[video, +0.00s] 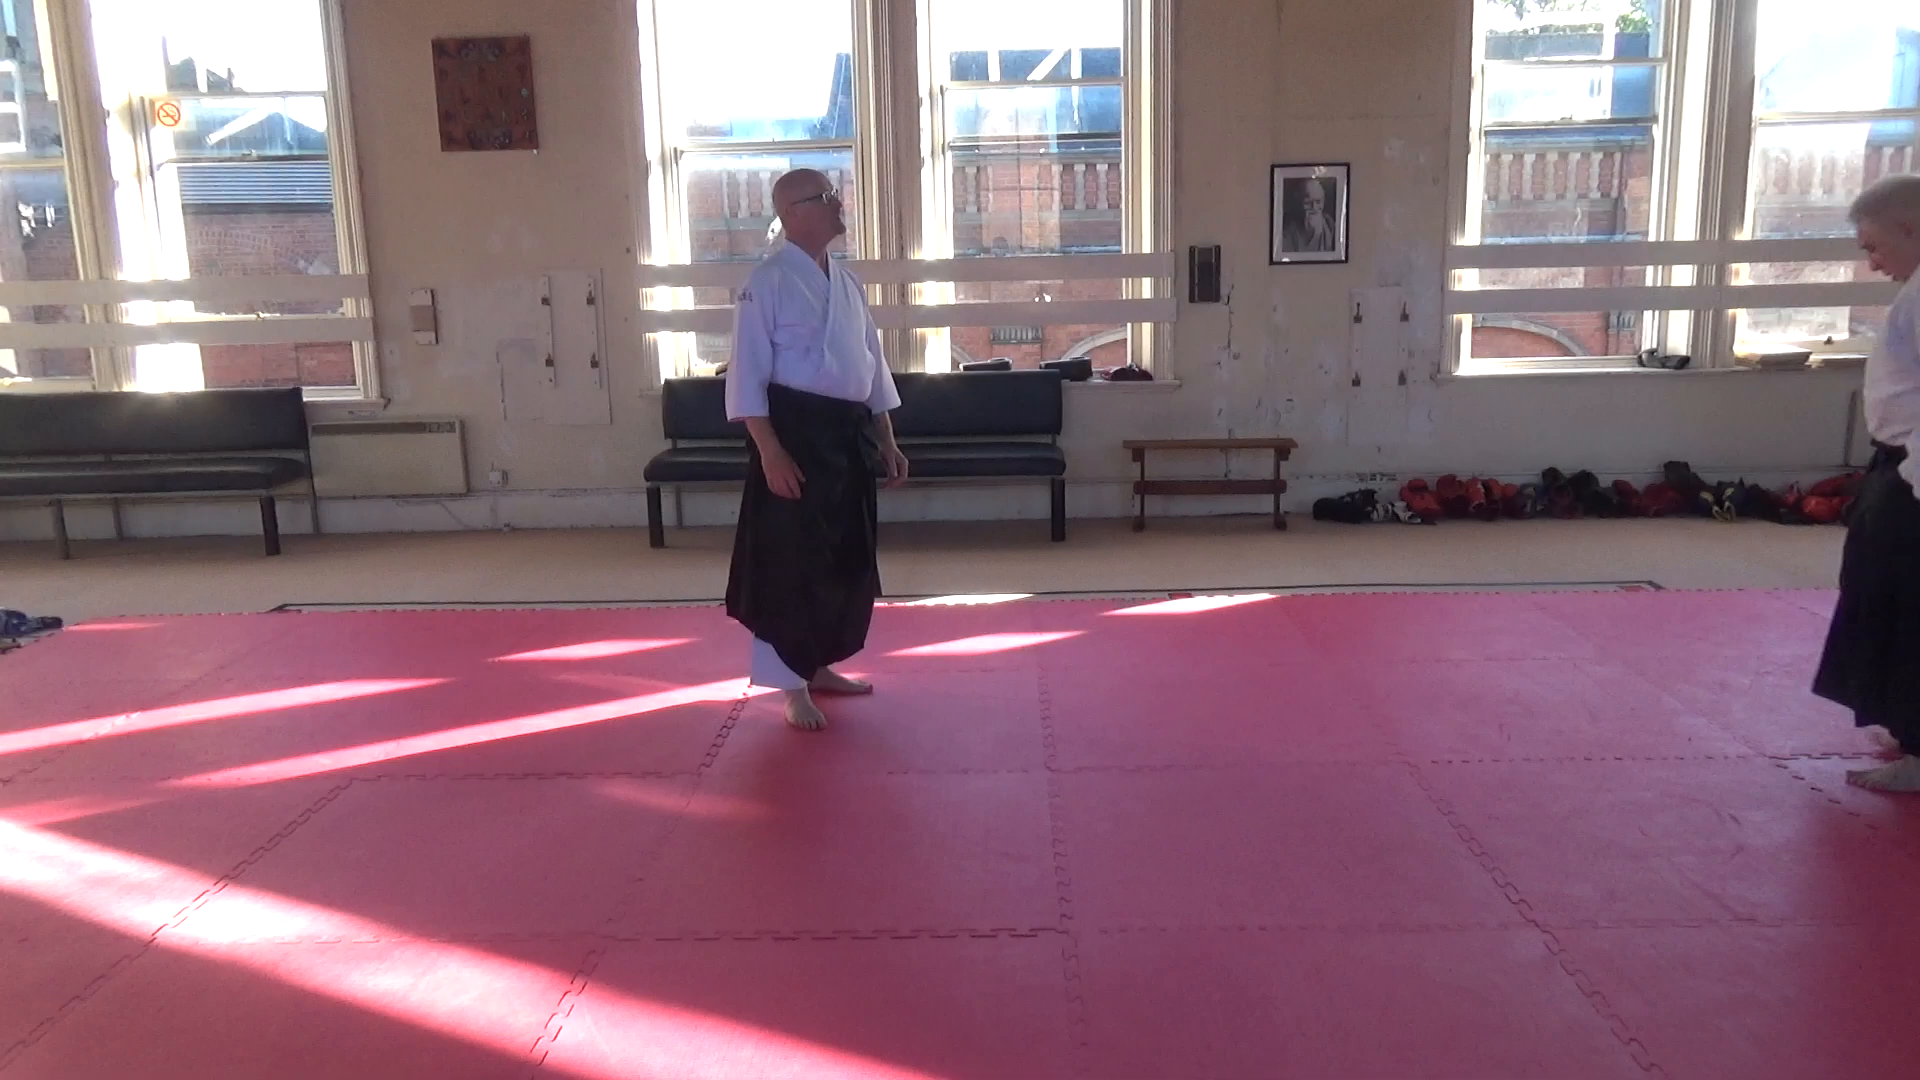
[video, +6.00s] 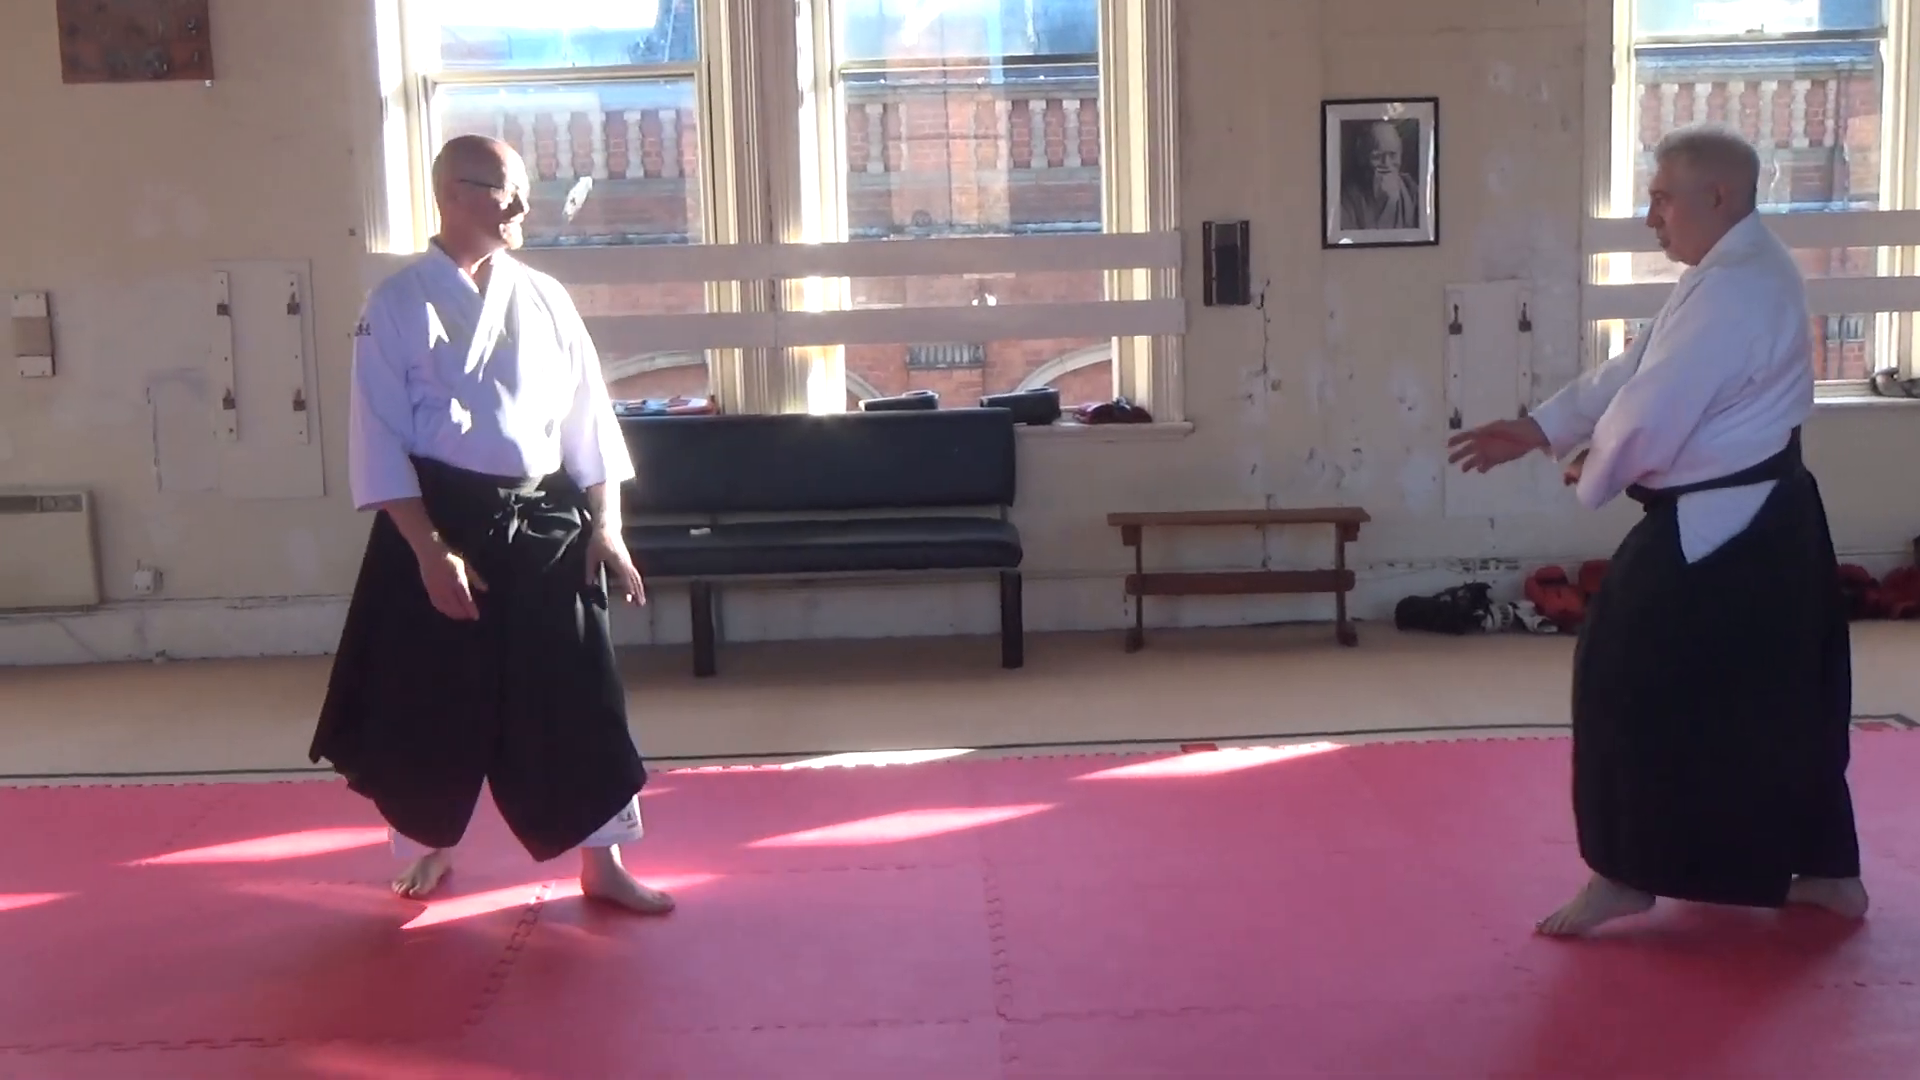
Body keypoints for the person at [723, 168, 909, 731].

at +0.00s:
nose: (838, 204)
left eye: (836, 195)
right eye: (823, 197)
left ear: (829, 210)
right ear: (789, 214)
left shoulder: (847, 280)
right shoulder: (768, 278)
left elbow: (871, 360)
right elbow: (745, 374)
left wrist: (887, 437)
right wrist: (769, 448)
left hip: (847, 427)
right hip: (795, 426)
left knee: (839, 548)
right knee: (792, 553)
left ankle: (817, 664)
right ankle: (793, 683)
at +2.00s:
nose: (834, 257)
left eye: (833, 248)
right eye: (821, 250)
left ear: (818, 257)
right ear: (786, 258)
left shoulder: (830, 322)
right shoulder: (762, 320)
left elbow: (848, 408)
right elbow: (743, 417)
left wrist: (863, 484)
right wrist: (768, 495)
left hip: (832, 470)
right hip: (781, 473)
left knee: (828, 594)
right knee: (781, 598)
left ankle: (805, 709)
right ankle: (780, 727)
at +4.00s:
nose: (740, 250)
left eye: (741, 240)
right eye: (724, 241)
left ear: (740, 247)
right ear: (687, 248)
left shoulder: (741, 328)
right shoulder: (662, 321)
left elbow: (761, 422)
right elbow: (644, 426)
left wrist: (777, 507)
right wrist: (674, 512)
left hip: (743, 492)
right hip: (684, 494)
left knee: (737, 628)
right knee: (682, 635)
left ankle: (715, 758)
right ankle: (688, 781)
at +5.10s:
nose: (737, 284)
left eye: (743, 274)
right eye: (724, 272)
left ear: (747, 281)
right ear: (690, 272)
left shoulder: (750, 363)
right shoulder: (638, 342)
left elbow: (764, 447)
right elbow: (589, 428)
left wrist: (747, 516)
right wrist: (617, 502)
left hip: (710, 520)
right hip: (637, 511)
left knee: (704, 654)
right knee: (625, 651)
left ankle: (692, 791)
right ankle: (602, 790)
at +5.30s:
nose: (697, 245)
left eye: (702, 234)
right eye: (683, 232)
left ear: (699, 241)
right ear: (639, 232)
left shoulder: (703, 335)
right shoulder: (575, 313)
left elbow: (721, 431)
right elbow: (526, 421)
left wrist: (700, 508)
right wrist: (576, 501)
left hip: (656, 517)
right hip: (568, 509)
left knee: (649, 673)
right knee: (550, 665)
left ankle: (651, 830)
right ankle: (503, 804)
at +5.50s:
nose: (615, 200)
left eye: (620, 188)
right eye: (600, 185)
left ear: (618, 200)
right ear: (546, 190)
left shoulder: (628, 303)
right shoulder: (478, 289)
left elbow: (656, 413)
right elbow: (430, 418)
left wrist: (629, 508)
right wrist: (484, 512)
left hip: (580, 521)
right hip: (474, 516)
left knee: (597, 694)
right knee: (446, 689)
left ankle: (608, 872)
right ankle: (407, 842)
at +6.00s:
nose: (508, 201)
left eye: (515, 189)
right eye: (488, 187)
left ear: (523, 201)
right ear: (443, 197)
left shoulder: (545, 296)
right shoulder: (398, 301)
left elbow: (590, 415)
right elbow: (377, 439)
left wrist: (607, 523)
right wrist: (428, 549)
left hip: (547, 519)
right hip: (441, 519)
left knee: (585, 683)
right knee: (431, 684)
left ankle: (603, 860)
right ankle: (434, 842)